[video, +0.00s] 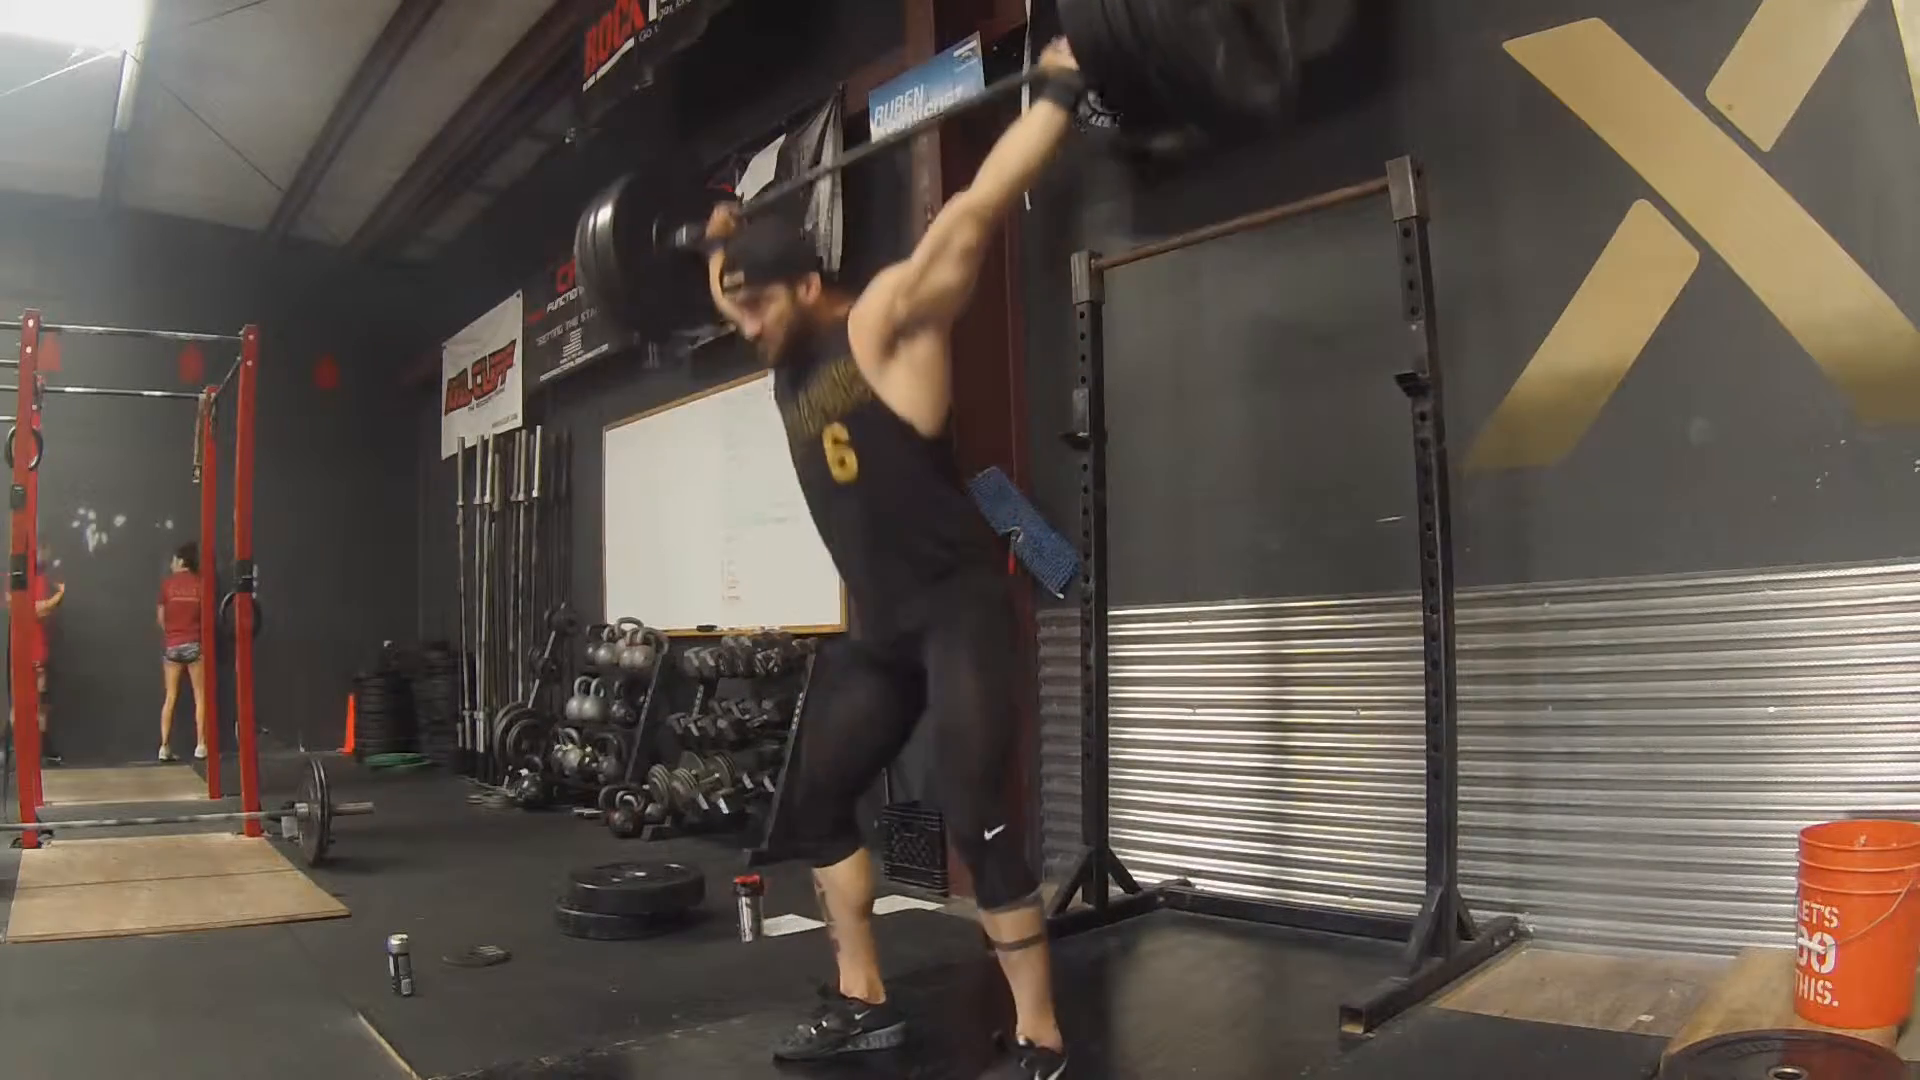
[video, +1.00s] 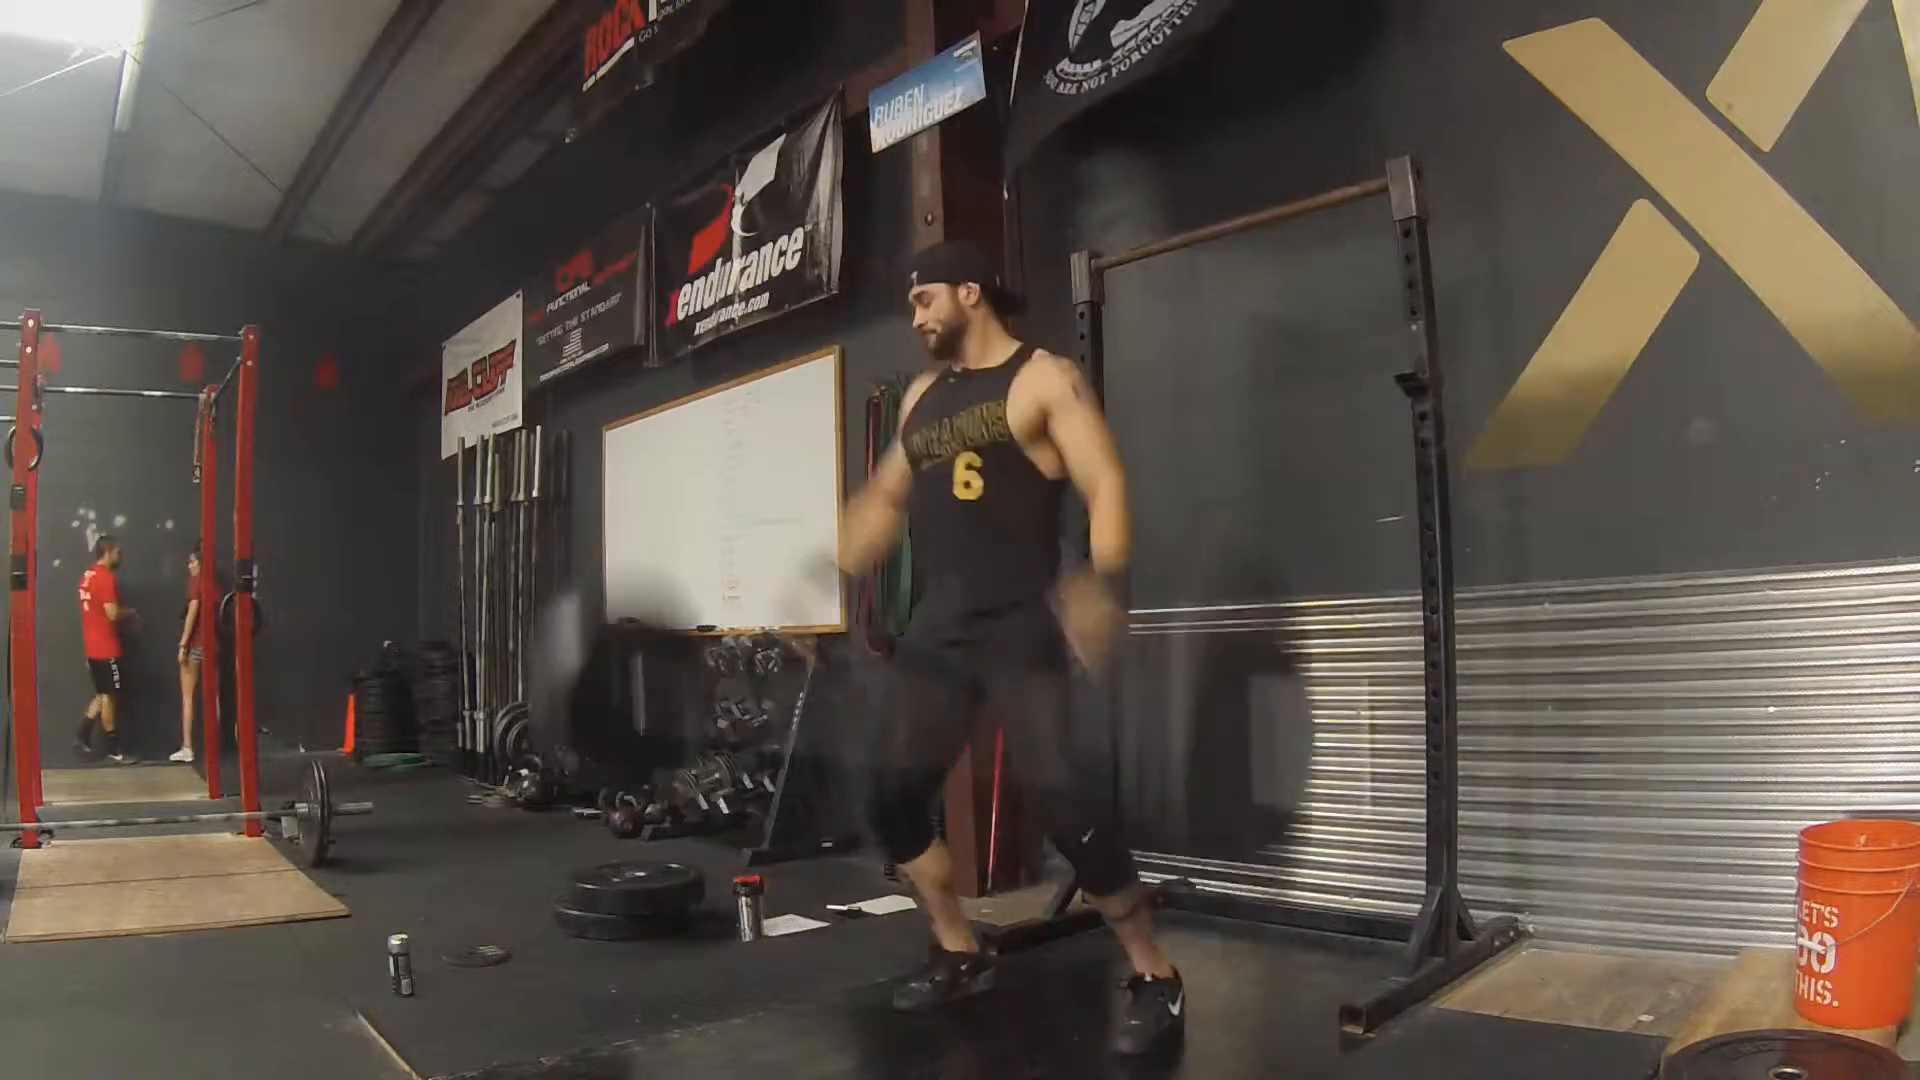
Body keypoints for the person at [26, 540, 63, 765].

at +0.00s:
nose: (46, 556)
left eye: (46, 550)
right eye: (43, 551)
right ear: (38, 555)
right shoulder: (38, 580)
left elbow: (39, 608)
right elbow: (39, 609)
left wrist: (56, 595)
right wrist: (59, 595)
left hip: (26, 652)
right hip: (36, 652)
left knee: (21, 701)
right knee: (40, 701)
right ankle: (41, 747)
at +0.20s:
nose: (60, 554)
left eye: (59, 550)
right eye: (58, 550)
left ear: (45, 551)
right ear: (48, 551)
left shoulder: (36, 573)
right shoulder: (45, 574)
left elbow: (44, 608)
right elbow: (49, 608)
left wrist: (62, 607)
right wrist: (70, 604)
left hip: (38, 644)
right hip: (48, 644)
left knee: (48, 693)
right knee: (65, 693)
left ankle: (43, 744)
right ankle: (46, 739)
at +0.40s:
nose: (76, 556)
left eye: (75, 551)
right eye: (74, 551)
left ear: (60, 552)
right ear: (64, 551)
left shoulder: (45, 576)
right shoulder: (61, 576)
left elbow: (41, 606)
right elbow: (59, 611)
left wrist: (68, 611)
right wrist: (78, 614)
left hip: (46, 647)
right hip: (63, 648)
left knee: (53, 694)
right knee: (82, 692)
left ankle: (48, 750)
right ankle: (95, 746)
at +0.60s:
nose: (91, 558)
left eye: (91, 553)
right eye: (89, 553)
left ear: (75, 553)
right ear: (79, 553)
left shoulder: (60, 574)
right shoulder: (76, 576)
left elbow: (57, 608)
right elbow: (76, 614)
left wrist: (82, 611)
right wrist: (92, 614)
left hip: (60, 647)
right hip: (78, 649)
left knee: (62, 694)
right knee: (93, 696)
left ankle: (50, 748)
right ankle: (109, 747)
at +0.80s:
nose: (105, 556)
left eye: (104, 551)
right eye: (103, 552)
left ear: (89, 553)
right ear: (95, 553)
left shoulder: (76, 575)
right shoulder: (94, 577)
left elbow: (77, 608)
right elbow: (99, 613)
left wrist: (105, 613)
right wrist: (117, 613)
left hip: (79, 648)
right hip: (96, 650)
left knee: (80, 694)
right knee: (103, 696)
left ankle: (58, 739)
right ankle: (112, 748)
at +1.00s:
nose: (119, 556)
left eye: (118, 552)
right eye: (116, 552)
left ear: (102, 552)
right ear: (106, 552)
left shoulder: (89, 574)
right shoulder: (105, 576)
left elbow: (92, 608)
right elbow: (111, 612)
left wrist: (121, 615)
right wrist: (129, 612)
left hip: (93, 647)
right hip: (106, 648)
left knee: (101, 693)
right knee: (109, 695)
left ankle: (82, 736)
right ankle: (112, 747)